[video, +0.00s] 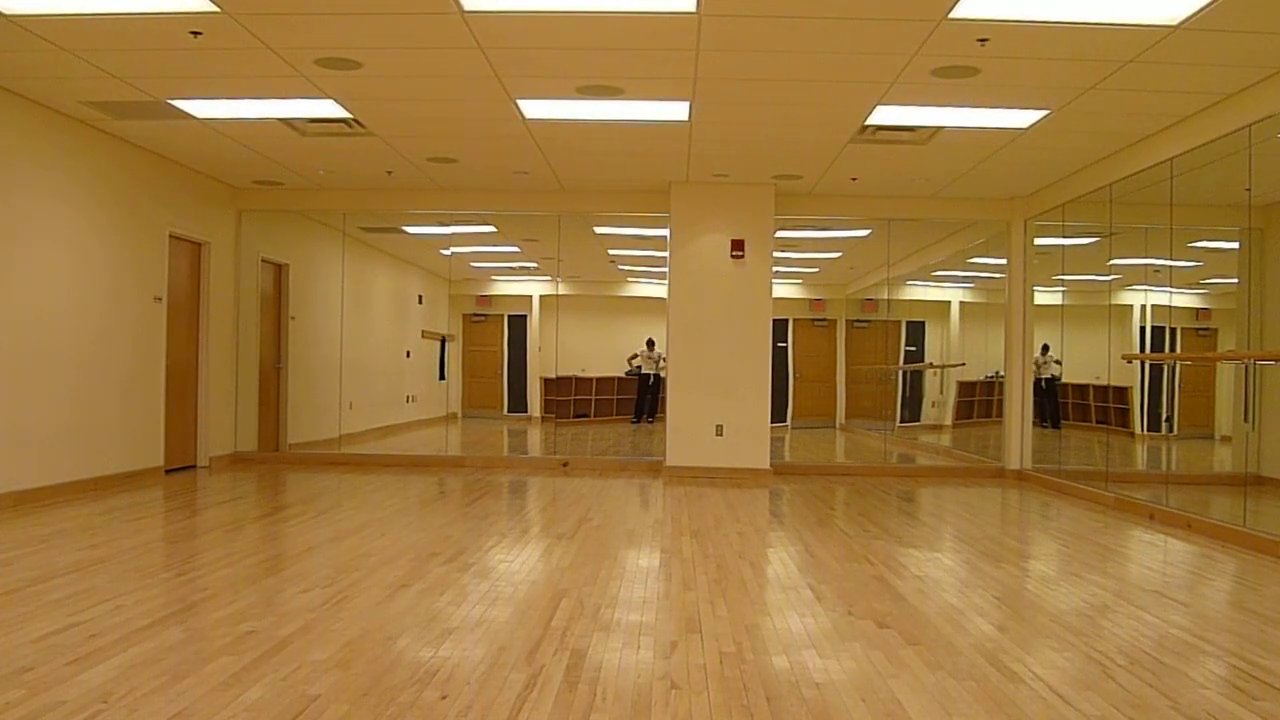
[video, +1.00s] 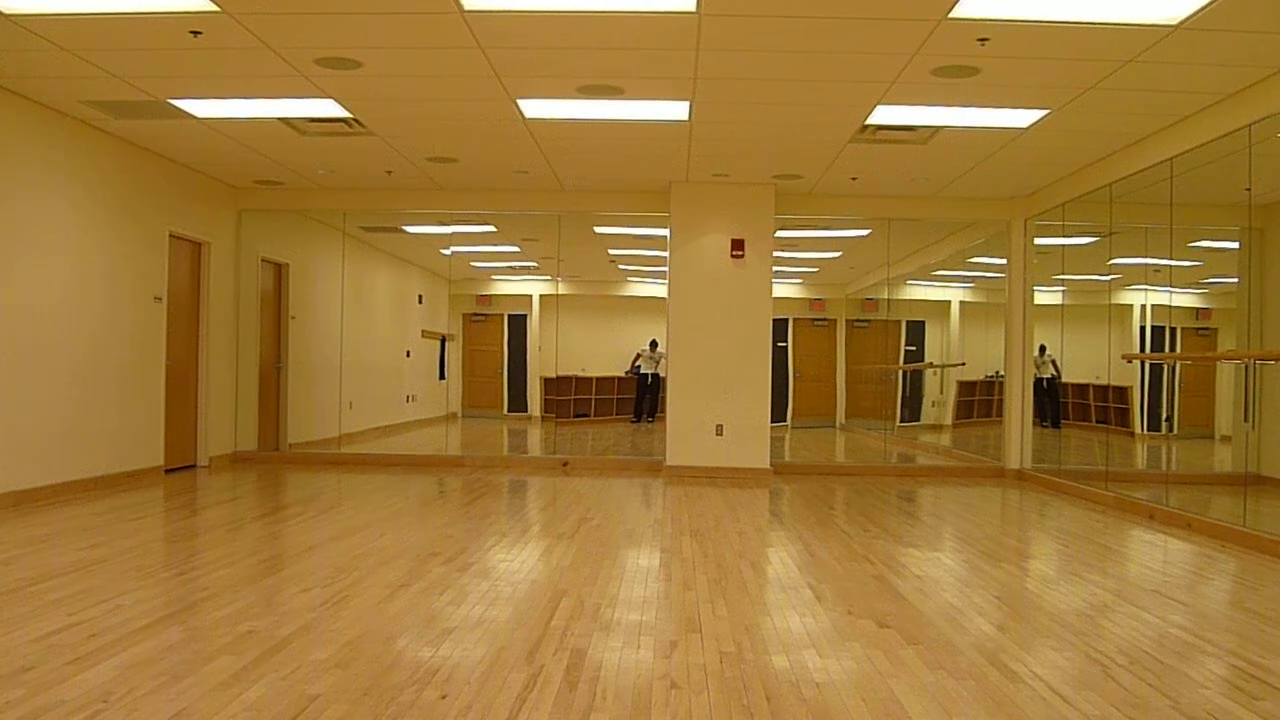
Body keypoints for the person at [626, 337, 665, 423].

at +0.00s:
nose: (650, 349)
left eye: (652, 348)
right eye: (648, 348)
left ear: (654, 346)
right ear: (646, 346)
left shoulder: (658, 353)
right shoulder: (642, 352)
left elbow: (667, 363)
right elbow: (629, 359)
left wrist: (660, 368)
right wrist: (633, 368)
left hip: (655, 374)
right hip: (644, 373)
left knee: (654, 396)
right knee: (641, 395)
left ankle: (651, 416)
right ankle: (637, 416)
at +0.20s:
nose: (652, 350)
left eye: (654, 348)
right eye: (651, 348)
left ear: (656, 347)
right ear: (648, 347)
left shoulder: (660, 354)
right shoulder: (643, 352)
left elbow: (668, 361)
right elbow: (633, 358)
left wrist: (667, 373)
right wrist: (630, 369)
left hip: (656, 374)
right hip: (645, 373)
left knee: (654, 396)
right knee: (641, 395)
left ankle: (651, 416)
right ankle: (637, 416)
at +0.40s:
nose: (653, 351)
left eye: (654, 349)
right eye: (651, 349)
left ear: (656, 348)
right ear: (649, 347)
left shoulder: (660, 354)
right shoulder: (643, 352)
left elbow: (668, 361)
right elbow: (635, 359)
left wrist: (666, 373)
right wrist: (631, 370)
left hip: (656, 374)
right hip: (646, 373)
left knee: (655, 396)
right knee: (642, 395)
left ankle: (651, 416)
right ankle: (637, 416)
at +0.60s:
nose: (653, 351)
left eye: (654, 349)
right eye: (651, 349)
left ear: (656, 348)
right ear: (648, 347)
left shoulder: (660, 354)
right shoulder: (643, 352)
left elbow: (668, 361)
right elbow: (635, 359)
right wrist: (631, 369)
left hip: (656, 374)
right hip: (645, 374)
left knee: (655, 396)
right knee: (642, 395)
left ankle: (651, 416)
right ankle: (637, 416)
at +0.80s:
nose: (652, 351)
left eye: (654, 350)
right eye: (651, 349)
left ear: (656, 348)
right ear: (649, 347)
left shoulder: (660, 354)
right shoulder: (643, 352)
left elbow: (669, 362)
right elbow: (635, 359)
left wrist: (667, 373)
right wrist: (631, 369)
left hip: (655, 373)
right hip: (645, 373)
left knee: (654, 396)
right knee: (641, 395)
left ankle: (651, 416)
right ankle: (637, 416)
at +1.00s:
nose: (652, 351)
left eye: (654, 349)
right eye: (651, 349)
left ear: (657, 348)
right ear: (649, 347)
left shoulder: (660, 354)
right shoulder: (643, 351)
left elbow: (669, 361)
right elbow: (635, 360)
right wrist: (631, 369)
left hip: (654, 373)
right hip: (643, 373)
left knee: (654, 396)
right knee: (640, 395)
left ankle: (651, 416)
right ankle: (637, 416)